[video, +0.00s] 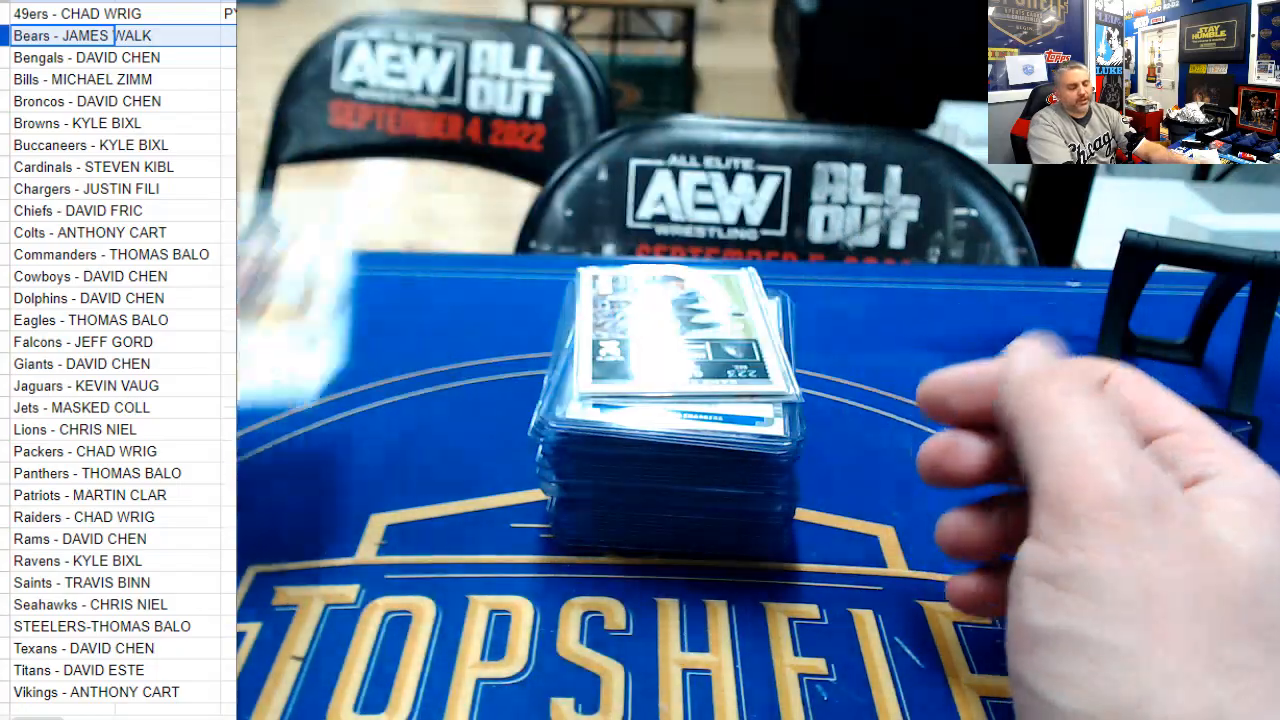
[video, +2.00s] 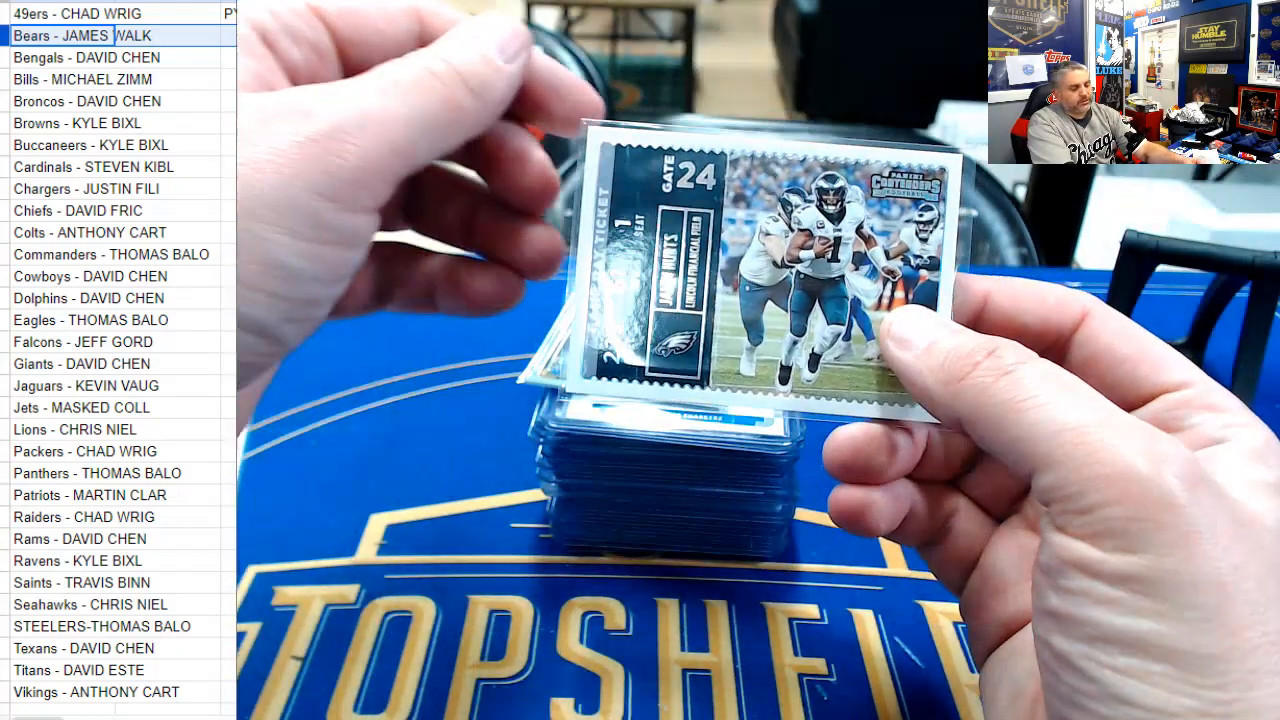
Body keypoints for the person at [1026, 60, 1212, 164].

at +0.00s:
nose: (1083, 92)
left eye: (1086, 84)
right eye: (1073, 87)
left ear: (1091, 84)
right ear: (1057, 94)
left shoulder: (1105, 113)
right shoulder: (1044, 124)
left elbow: (1147, 149)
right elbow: (1062, 176)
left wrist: (1190, 164)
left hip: (1113, 186)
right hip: (1072, 196)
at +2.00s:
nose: (1085, 93)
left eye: (1087, 85)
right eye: (1074, 89)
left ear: (1091, 85)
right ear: (1056, 96)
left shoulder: (1104, 113)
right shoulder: (1043, 122)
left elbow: (1145, 150)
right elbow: (1061, 177)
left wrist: (1186, 162)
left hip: (1112, 186)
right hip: (1072, 197)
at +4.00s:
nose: (1079, 94)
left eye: (1080, 85)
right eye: (1067, 91)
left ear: (1085, 84)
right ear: (1051, 99)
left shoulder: (1104, 114)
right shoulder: (1041, 123)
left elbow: (1146, 150)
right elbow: (1061, 176)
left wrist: (1189, 170)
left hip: (1113, 189)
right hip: (1069, 199)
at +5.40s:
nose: (1081, 95)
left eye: (1082, 86)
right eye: (1070, 91)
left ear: (1088, 85)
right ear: (1053, 100)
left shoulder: (1106, 114)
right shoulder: (1042, 123)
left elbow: (1147, 147)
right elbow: (1060, 178)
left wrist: (1185, 165)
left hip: (1115, 189)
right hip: (1072, 198)